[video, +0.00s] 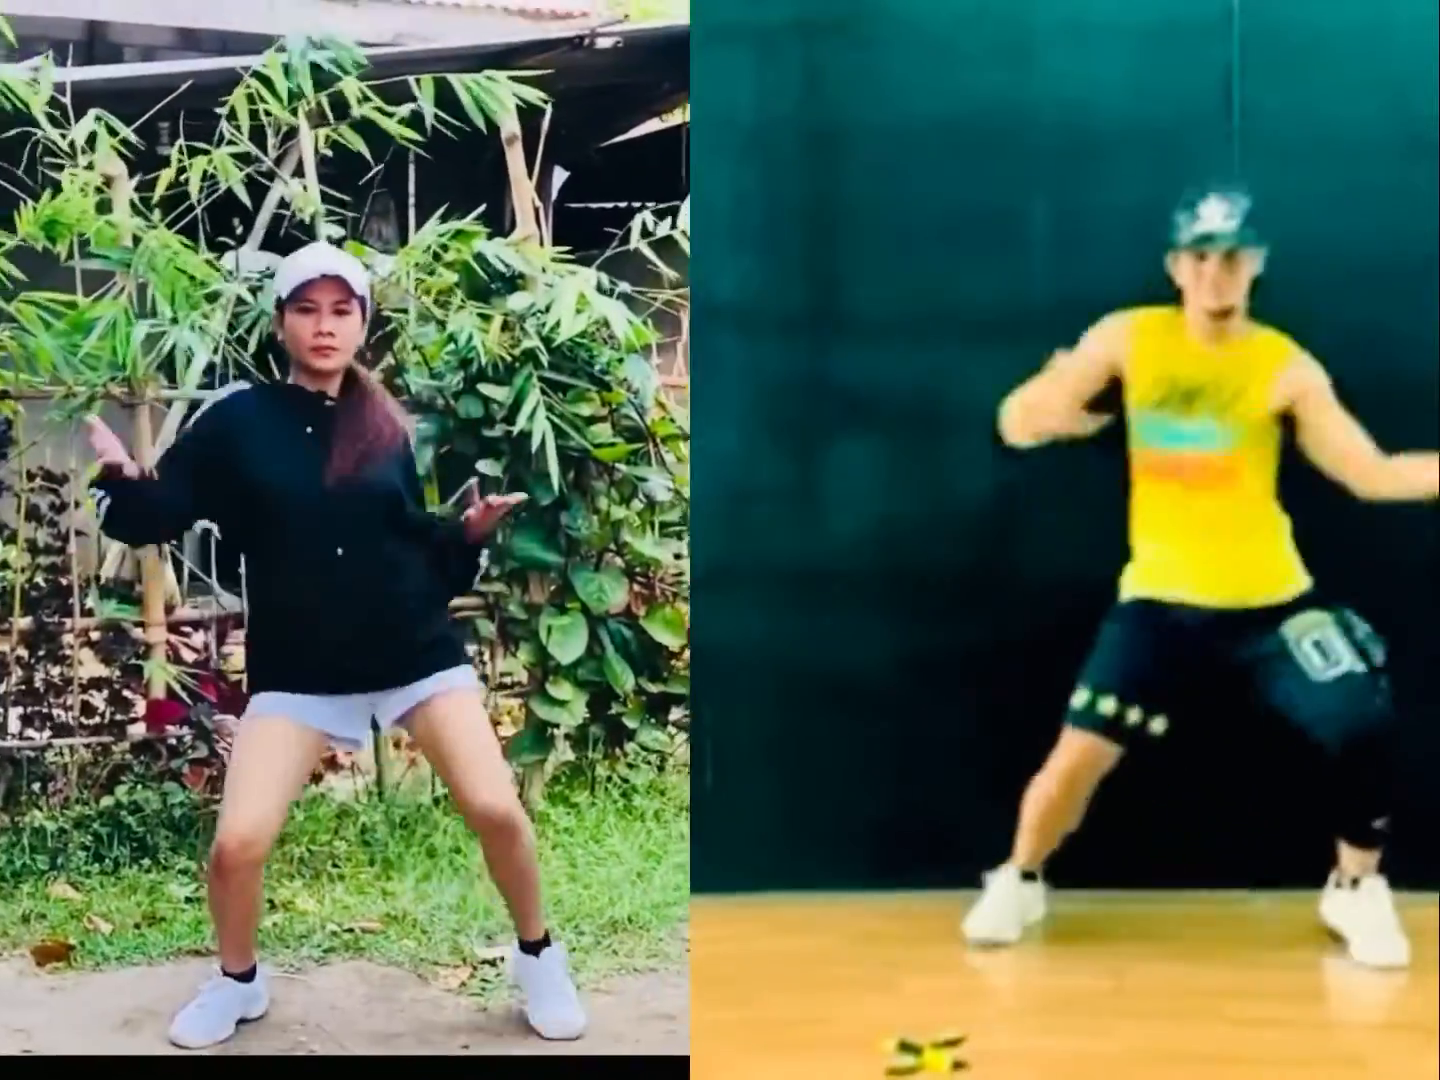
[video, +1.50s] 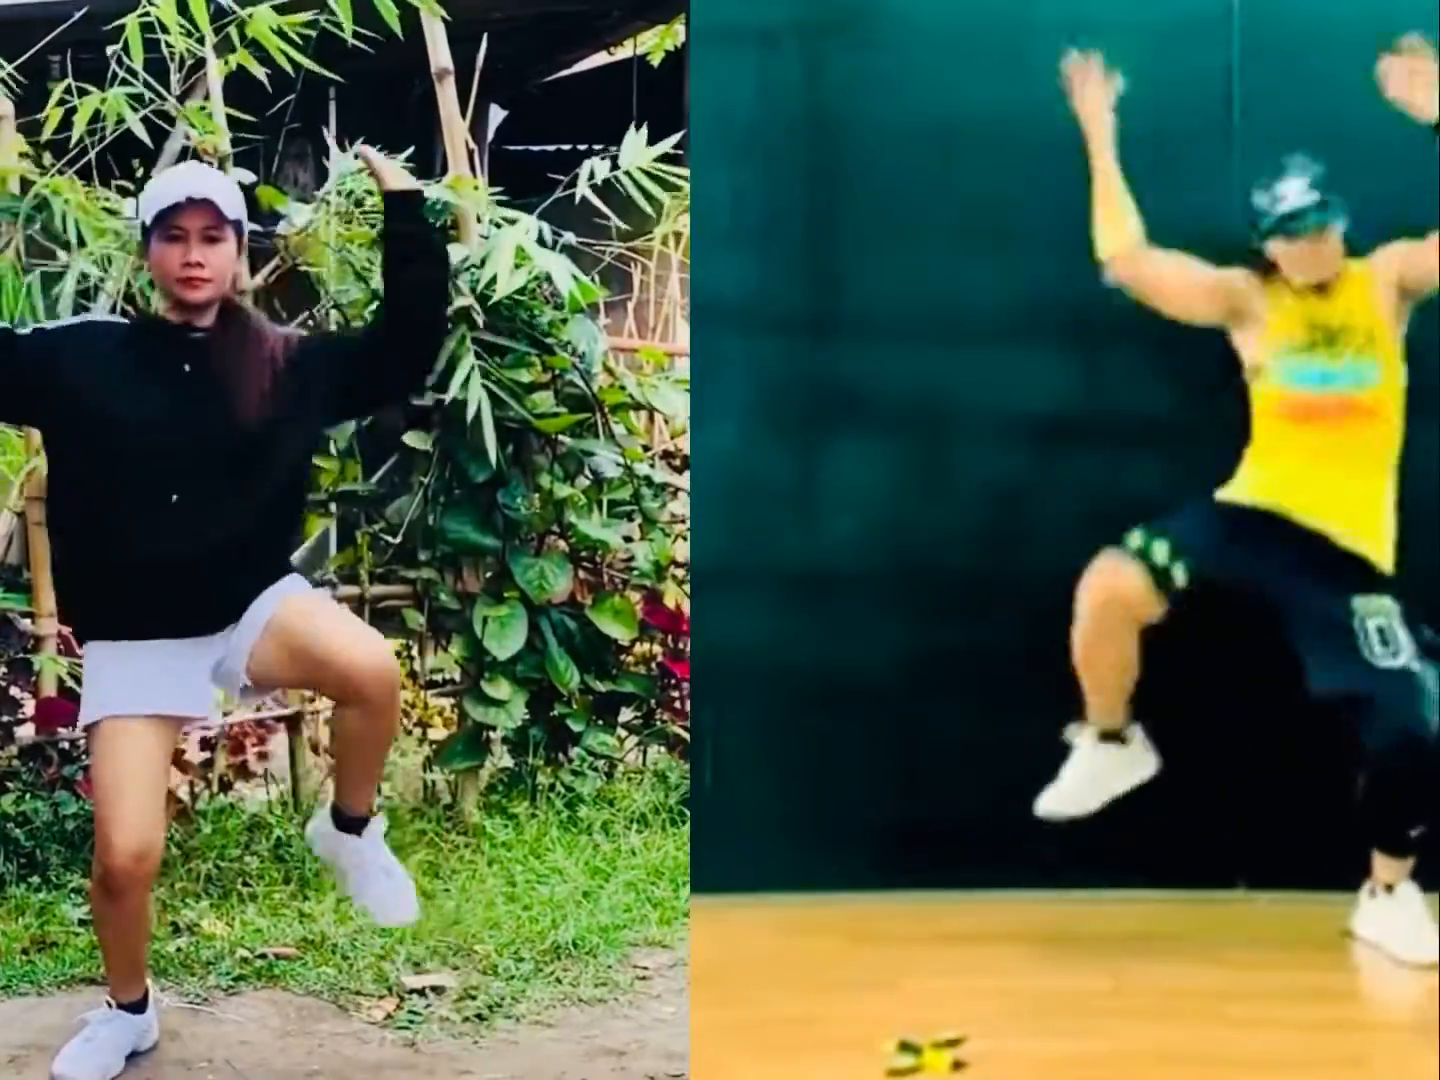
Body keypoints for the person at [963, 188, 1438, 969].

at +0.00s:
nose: (1219, 274)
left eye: (1235, 258)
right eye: (1204, 258)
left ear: (1257, 265)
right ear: (1175, 265)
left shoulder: (1285, 367)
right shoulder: (1125, 340)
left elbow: (1370, 472)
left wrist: (1437, 469)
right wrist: (1056, 412)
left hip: (1272, 598)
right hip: (1159, 597)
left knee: (1363, 722)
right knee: (1081, 753)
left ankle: (1357, 886)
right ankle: (1019, 882)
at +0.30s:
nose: (1141, 221)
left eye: (1157, 206)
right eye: (1128, 204)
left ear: (1180, 214)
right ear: (1101, 210)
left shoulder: (1202, 289)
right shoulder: (1059, 289)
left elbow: (1222, 393)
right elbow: (1005, 375)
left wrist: (1272, 355)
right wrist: (971, 348)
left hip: (1192, 546)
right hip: (1082, 549)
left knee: (1295, 689)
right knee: (1028, 728)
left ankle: (1344, 863)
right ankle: (1010, 879)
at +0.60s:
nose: (1121, 255)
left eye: (1137, 237)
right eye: (1106, 237)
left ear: (1163, 241)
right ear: (1085, 239)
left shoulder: (1188, 307)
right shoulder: (1044, 301)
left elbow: (1283, 352)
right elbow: (920, 309)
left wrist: (1342, 323)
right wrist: (832, 253)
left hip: (1159, 536)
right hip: (1059, 551)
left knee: (1288, 543)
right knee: (1040, 733)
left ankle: (1231, 714)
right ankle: (1020, 880)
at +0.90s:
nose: (1156, 287)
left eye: (1174, 272)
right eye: (1148, 272)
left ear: (1211, 281)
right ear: (1133, 278)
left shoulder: (1246, 367)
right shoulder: (1097, 342)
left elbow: (1354, 372)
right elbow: (992, 283)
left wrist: (1420, 281)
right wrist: (1024, 164)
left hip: (1243, 608)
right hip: (1128, 617)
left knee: (1358, 742)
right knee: (1054, 786)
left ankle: (1377, 897)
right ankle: (1048, 887)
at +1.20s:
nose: (1254, 239)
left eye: (1268, 220)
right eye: (1244, 223)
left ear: (1314, 213)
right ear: (1236, 228)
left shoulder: (1376, 289)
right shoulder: (1226, 303)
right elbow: (1123, 350)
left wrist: (1424, 189)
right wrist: (1135, 243)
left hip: (1339, 562)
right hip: (1225, 548)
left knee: (1397, 722)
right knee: (1099, 678)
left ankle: (1380, 896)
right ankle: (1022, 752)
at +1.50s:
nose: (1305, 249)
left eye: (1317, 230)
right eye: (1287, 235)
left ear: (1343, 226)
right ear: (1265, 242)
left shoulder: (1390, 276)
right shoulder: (1244, 299)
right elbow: (1124, 257)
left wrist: (1429, 108)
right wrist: (1099, 133)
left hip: (1349, 552)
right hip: (1244, 518)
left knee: (1410, 730)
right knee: (1107, 591)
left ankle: (1388, 897)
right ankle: (1109, 742)